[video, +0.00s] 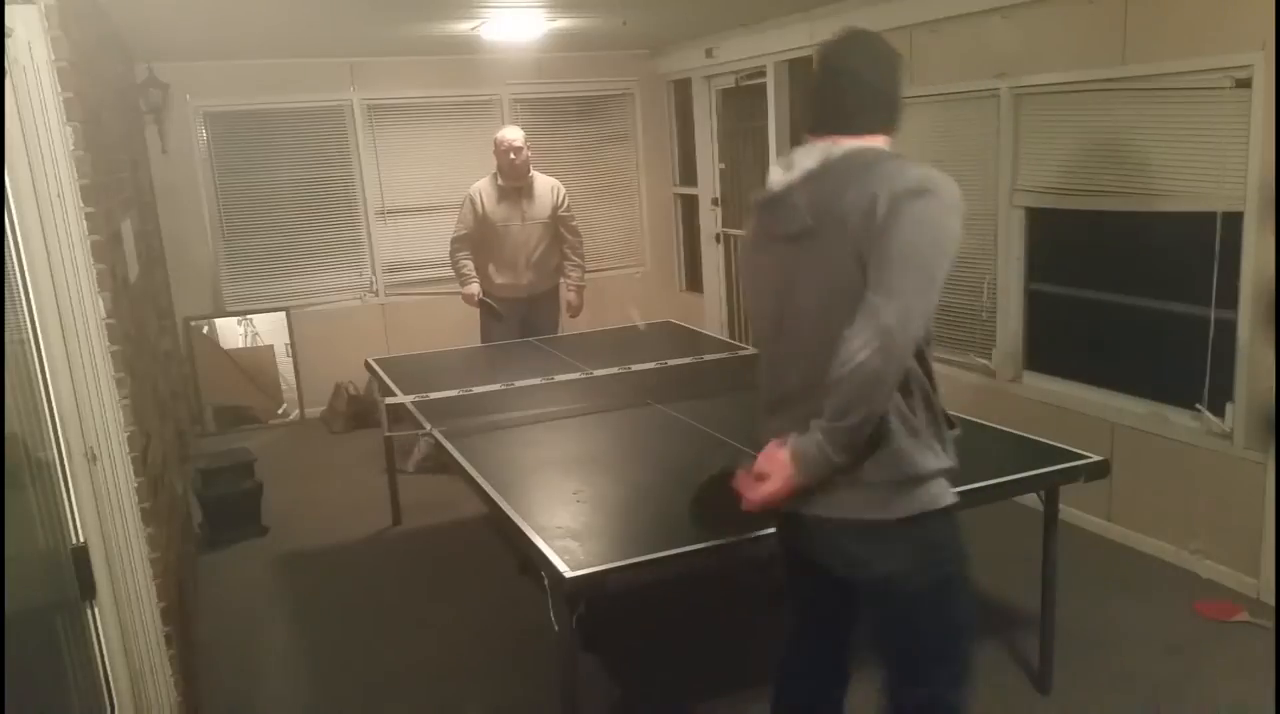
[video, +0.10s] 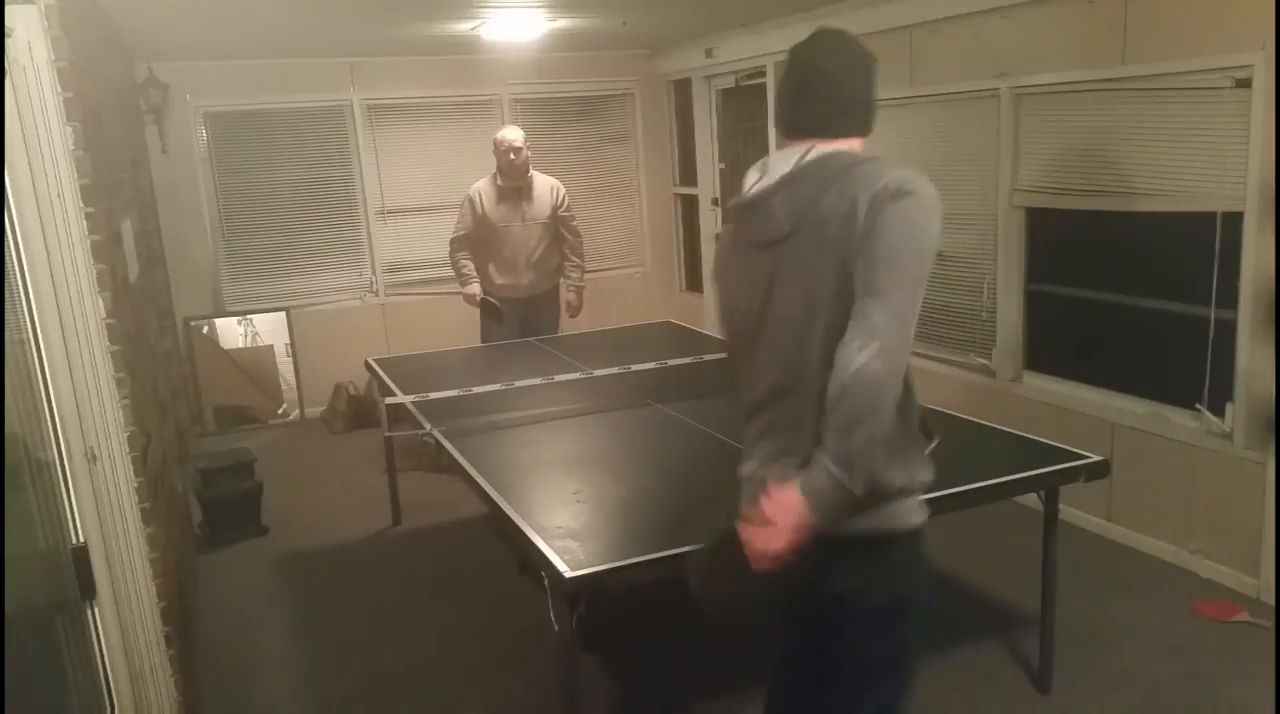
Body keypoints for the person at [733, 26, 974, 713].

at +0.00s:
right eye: (890, 90)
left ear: (813, 99)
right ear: (895, 102)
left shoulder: (774, 202)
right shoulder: (917, 190)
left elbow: (773, 341)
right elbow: (883, 339)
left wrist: (784, 445)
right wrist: (812, 454)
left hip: (802, 514)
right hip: (895, 519)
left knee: (807, 686)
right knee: (930, 691)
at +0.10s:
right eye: (862, 93)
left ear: (783, 107)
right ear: (869, 106)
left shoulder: (748, 211)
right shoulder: (894, 192)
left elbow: (745, 356)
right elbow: (872, 353)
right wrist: (815, 492)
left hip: (770, 519)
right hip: (869, 531)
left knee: (794, 690)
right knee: (868, 693)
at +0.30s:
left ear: (757, 183)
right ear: (843, 184)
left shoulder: (708, 288)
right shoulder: (874, 286)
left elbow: (688, 429)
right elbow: (891, 469)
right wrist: (905, 618)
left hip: (712, 570)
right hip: (816, 589)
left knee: (743, 698)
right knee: (812, 699)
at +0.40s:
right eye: (829, 167)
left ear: (737, 188)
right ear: (829, 186)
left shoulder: (690, 296)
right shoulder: (869, 289)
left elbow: (663, 444)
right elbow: (909, 469)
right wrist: (938, 603)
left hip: (704, 594)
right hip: (818, 608)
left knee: (725, 701)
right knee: (827, 703)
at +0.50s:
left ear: (730, 202)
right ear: (821, 201)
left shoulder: (682, 310)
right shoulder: (863, 298)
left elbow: (653, 451)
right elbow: (920, 469)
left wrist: (716, 500)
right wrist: (963, 576)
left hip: (695, 597)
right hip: (819, 603)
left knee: (680, 702)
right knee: (890, 701)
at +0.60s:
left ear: (746, 221)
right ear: (833, 223)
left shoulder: (690, 326)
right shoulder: (874, 325)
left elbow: (658, 470)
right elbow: (933, 490)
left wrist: (710, 527)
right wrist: (978, 576)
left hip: (700, 618)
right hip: (831, 620)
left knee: (690, 702)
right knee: (923, 704)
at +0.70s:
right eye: (858, 202)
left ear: (769, 217)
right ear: (856, 220)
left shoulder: (705, 331)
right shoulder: (904, 329)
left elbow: (671, 478)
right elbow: (962, 499)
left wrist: (714, 551)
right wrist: (983, 580)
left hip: (726, 623)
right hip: (865, 628)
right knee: (942, 702)